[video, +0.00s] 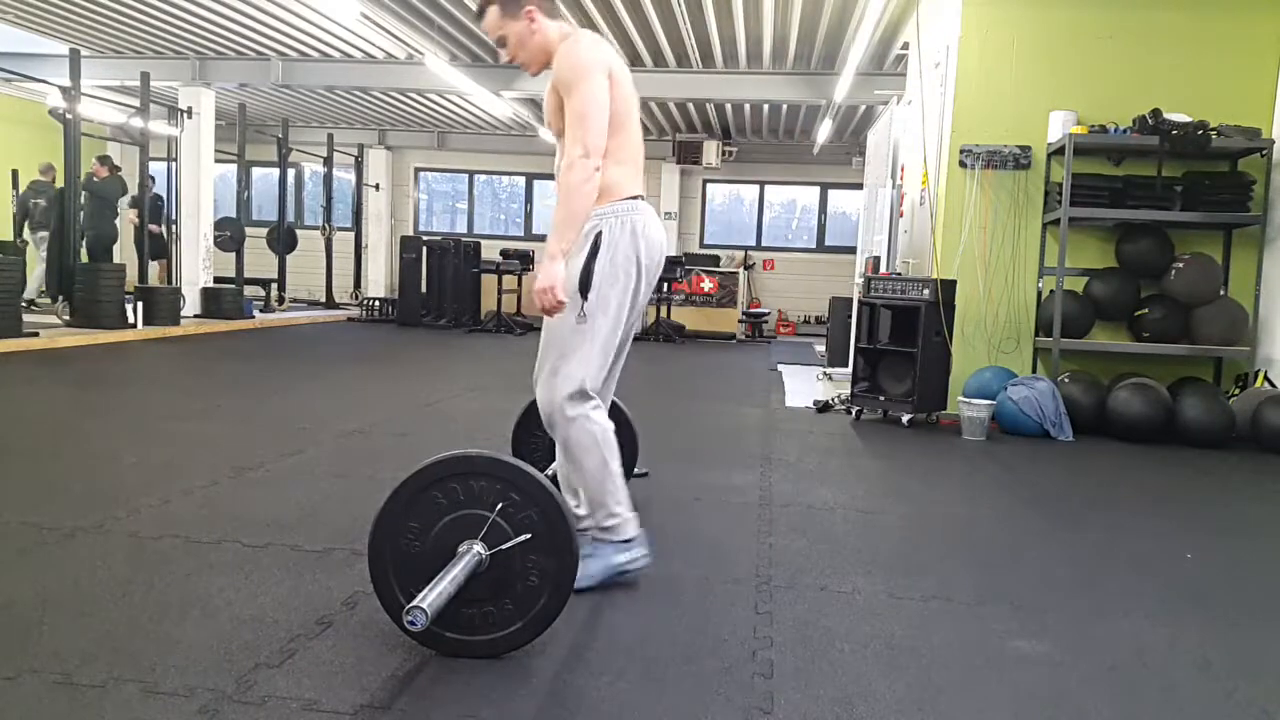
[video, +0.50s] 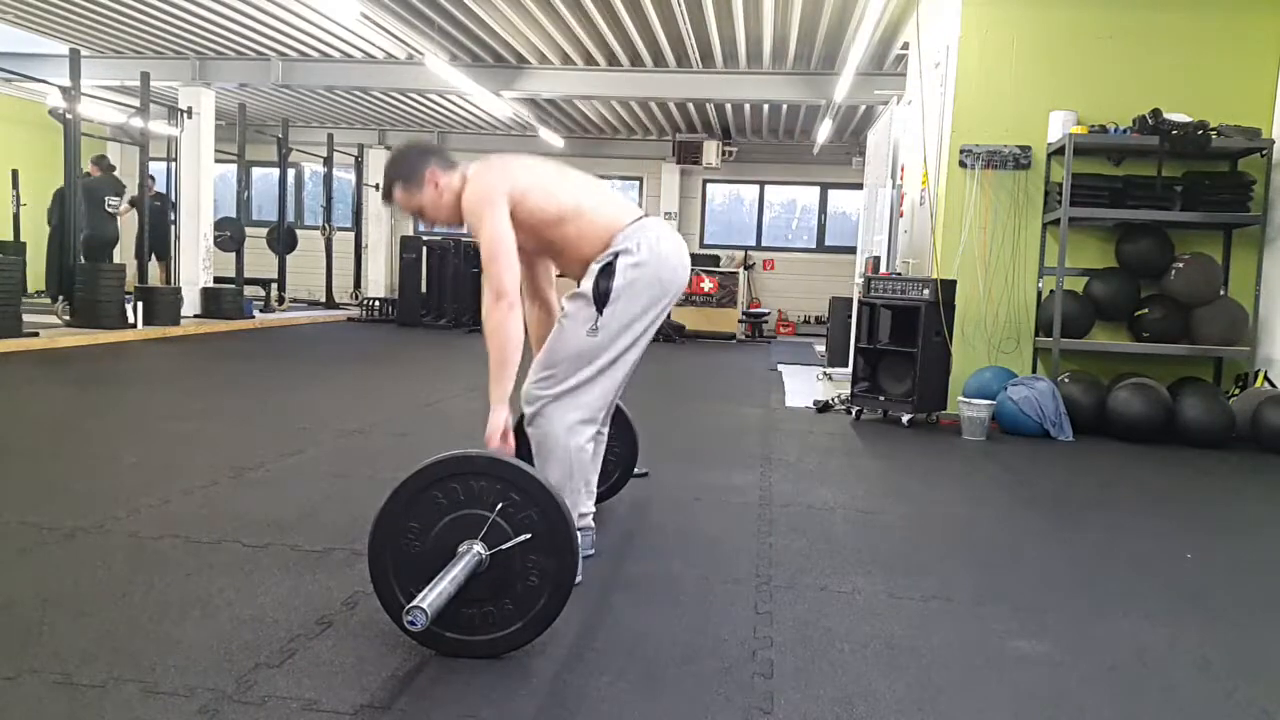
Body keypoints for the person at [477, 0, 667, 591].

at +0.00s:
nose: (505, 55)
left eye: (503, 40)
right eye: (497, 46)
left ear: (532, 14)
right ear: (534, 17)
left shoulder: (580, 53)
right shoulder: (585, 60)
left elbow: (585, 159)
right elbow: (592, 169)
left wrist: (554, 258)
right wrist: (564, 260)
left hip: (614, 231)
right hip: (616, 231)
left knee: (565, 390)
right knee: (571, 391)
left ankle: (616, 537)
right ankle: (578, 525)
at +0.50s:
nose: (427, 224)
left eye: (419, 213)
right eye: (417, 218)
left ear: (434, 179)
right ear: (436, 179)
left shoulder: (483, 186)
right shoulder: (510, 187)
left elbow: (502, 297)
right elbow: (541, 300)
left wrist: (499, 405)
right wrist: (544, 381)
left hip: (634, 259)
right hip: (648, 253)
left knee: (546, 397)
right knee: (572, 398)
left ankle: (563, 541)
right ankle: (577, 529)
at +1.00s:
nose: (402, 290)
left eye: (397, 275)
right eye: (394, 280)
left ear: (421, 252)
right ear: (426, 250)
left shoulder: (467, 266)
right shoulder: (487, 251)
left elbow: (495, 375)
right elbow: (534, 351)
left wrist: (498, 478)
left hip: (628, 287)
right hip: (645, 278)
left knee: (523, 409)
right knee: (555, 398)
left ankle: (551, 550)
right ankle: (575, 527)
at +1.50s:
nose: (450, 38)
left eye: (456, 23)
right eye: (450, 26)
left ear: (493, 22)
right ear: (500, 25)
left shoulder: (520, 67)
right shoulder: (539, 70)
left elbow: (512, 165)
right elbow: (532, 175)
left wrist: (491, 263)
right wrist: (511, 264)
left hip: (581, 236)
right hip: (597, 234)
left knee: (513, 391)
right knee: (553, 392)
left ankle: (552, 544)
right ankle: (568, 523)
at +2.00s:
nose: (522, 1)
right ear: (578, 6)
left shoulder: (547, 55)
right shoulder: (581, 62)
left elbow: (458, 123)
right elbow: (464, 123)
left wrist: (454, 31)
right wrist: (466, 36)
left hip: (527, 234)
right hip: (564, 229)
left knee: (522, 397)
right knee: (557, 386)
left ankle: (556, 548)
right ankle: (574, 523)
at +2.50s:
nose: (530, 15)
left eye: (535, 8)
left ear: (554, 6)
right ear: (592, 11)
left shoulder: (547, 57)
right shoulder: (597, 76)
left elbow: (436, 91)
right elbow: (528, 121)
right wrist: (482, 103)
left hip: (518, 231)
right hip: (557, 227)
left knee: (524, 396)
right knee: (555, 386)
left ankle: (556, 549)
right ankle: (573, 524)